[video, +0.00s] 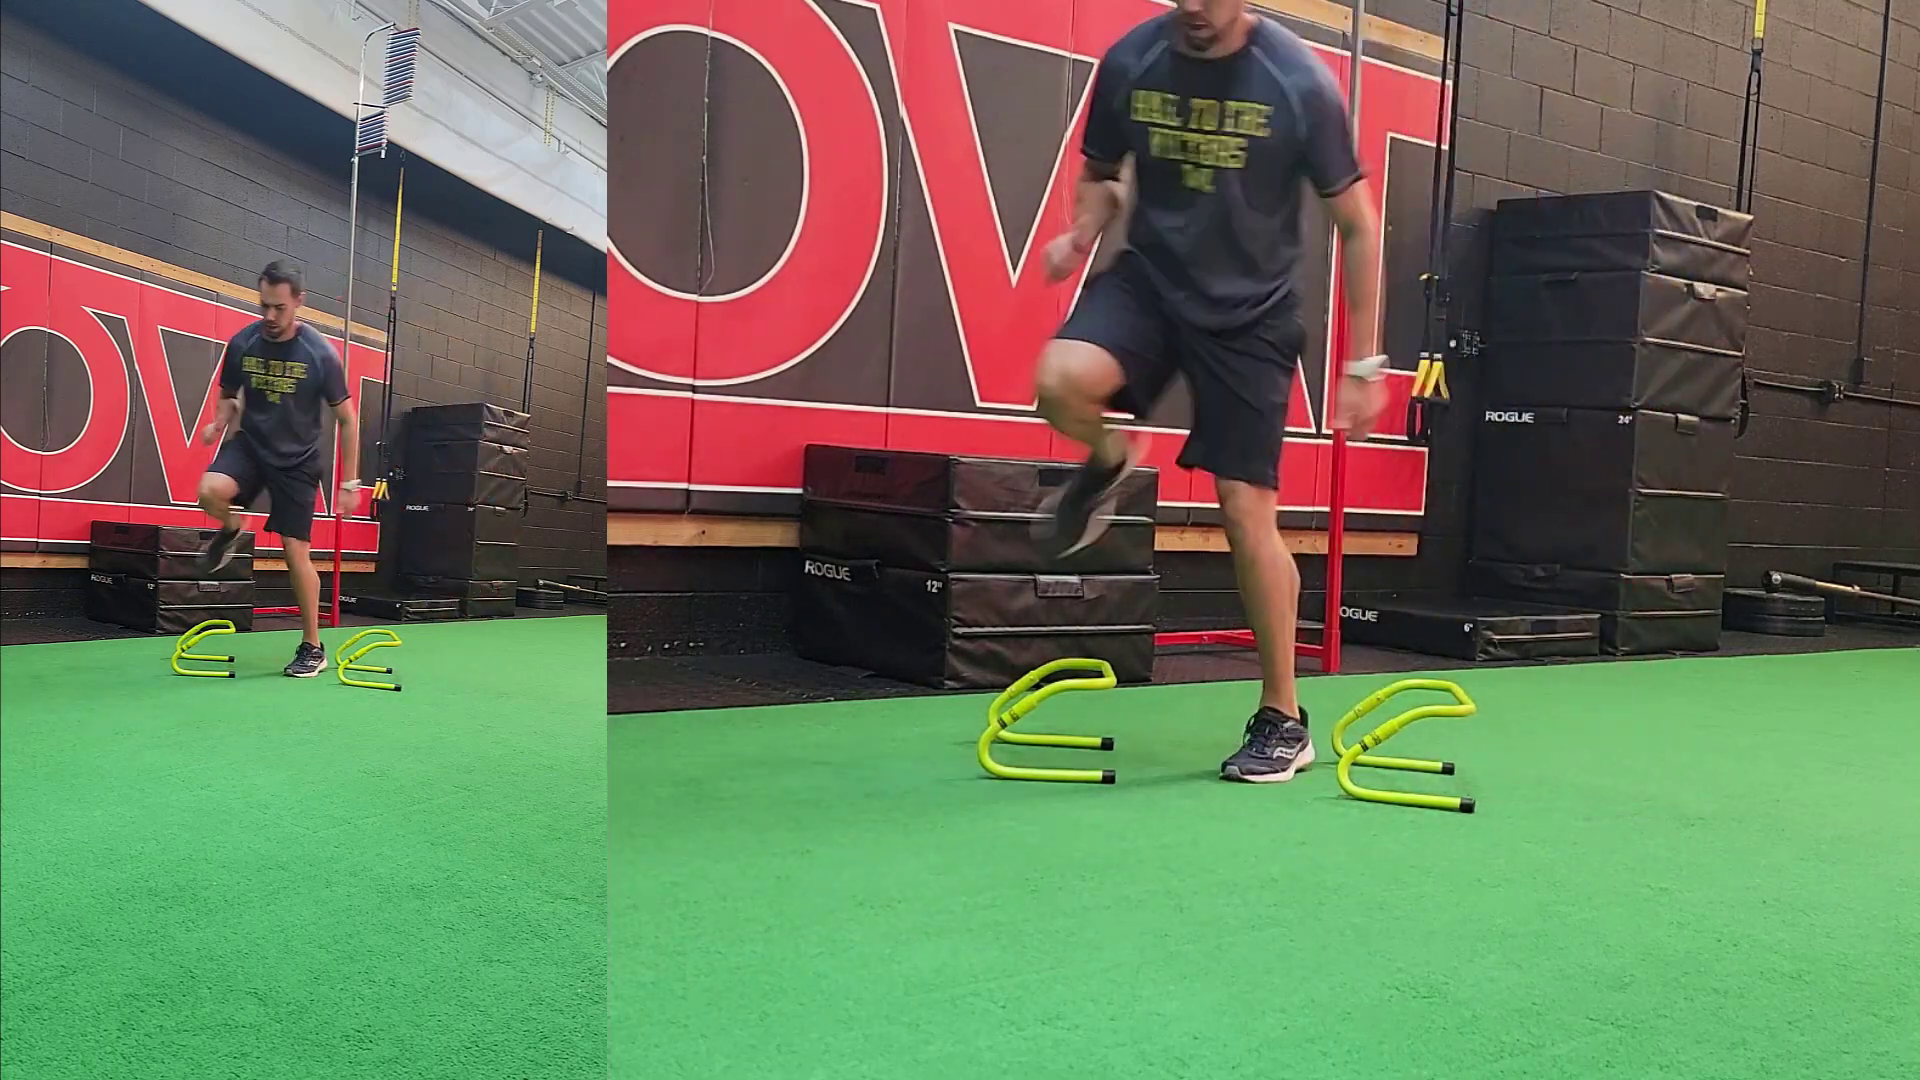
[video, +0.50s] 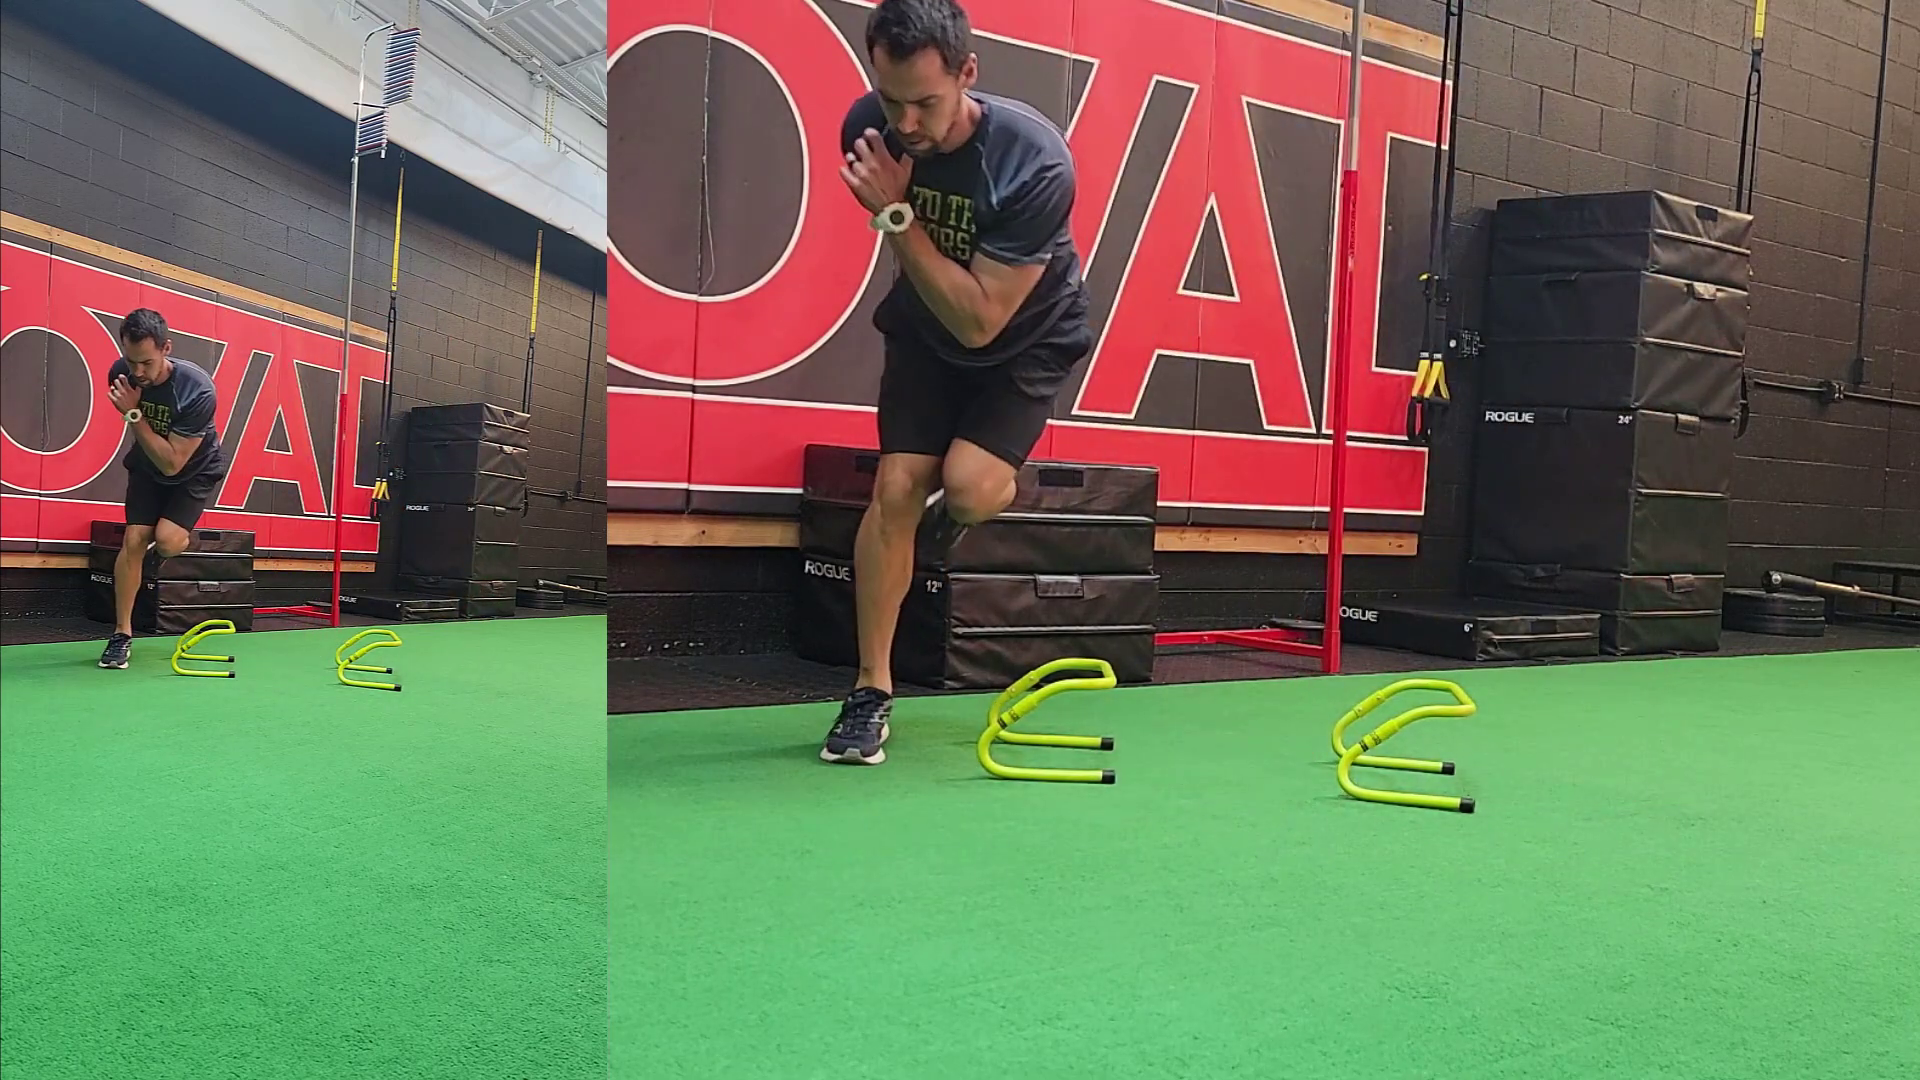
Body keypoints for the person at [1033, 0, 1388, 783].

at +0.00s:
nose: (1193, 12)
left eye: (1212, 2)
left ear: (1250, 1)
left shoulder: (1301, 87)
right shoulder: (1131, 61)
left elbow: (1359, 223)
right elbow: (1100, 174)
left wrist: (1365, 361)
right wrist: (1083, 231)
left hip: (1247, 314)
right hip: (1142, 287)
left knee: (1246, 511)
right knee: (1059, 384)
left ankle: (1282, 716)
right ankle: (1110, 460)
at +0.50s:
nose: (906, 122)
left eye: (925, 102)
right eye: (892, 100)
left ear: (967, 76)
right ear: (874, 79)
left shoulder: (1036, 166)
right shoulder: (870, 129)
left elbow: (979, 324)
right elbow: (912, 241)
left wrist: (897, 217)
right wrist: (891, 208)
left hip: (1032, 335)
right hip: (927, 321)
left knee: (971, 487)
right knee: (896, 490)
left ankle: (963, 507)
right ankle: (872, 690)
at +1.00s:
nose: (991, 83)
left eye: (1006, 62)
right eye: (972, 66)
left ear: (1029, 43)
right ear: (942, 51)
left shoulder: (1083, 139)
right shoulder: (899, 141)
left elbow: (1159, 258)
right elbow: (878, 266)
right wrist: (879, 347)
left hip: (1054, 346)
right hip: (943, 350)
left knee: (1058, 492)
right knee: (890, 506)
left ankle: (1128, 546)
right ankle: (845, 696)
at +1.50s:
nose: (1347, 22)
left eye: (1359, 7)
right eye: (1330, 6)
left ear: (1373, 5)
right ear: (1290, 2)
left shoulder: (1400, 83)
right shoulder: (1225, 90)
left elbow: (1413, 194)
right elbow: (1169, 231)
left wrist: (1419, 304)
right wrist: (1173, 353)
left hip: (1355, 311)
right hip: (1243, 312)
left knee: (1402, 465)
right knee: (1243, 511)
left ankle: (1342, 505)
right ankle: (1204, 714)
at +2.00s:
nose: (1609, 147)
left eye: (1623, 126)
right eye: (1591, 128)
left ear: (1636, 109)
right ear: (1547, 107)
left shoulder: (1655, 169)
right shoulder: (1486, 202)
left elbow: (1653, 241)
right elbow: (1449, 348)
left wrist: (1626, 315)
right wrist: (1559, 339)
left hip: (1611, 378)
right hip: (1510, 385)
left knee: (1640, 536)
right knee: (1591, 499)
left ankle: (1635, 733)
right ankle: (1574, 590)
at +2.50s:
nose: (1475, 17)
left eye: (1493, 3)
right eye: (1461, 1)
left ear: (1519, 9)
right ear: (1437, 3)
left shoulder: (1560, 80)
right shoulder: (1376, 91)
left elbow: (1605, 221)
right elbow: (1307, 189)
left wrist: (1552, 200)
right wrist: (1258, 294)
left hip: (1509, 330)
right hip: (1394, 315)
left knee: (1564, 504)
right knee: (1352, 486)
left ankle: (1624, 708)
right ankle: (1269, 646)